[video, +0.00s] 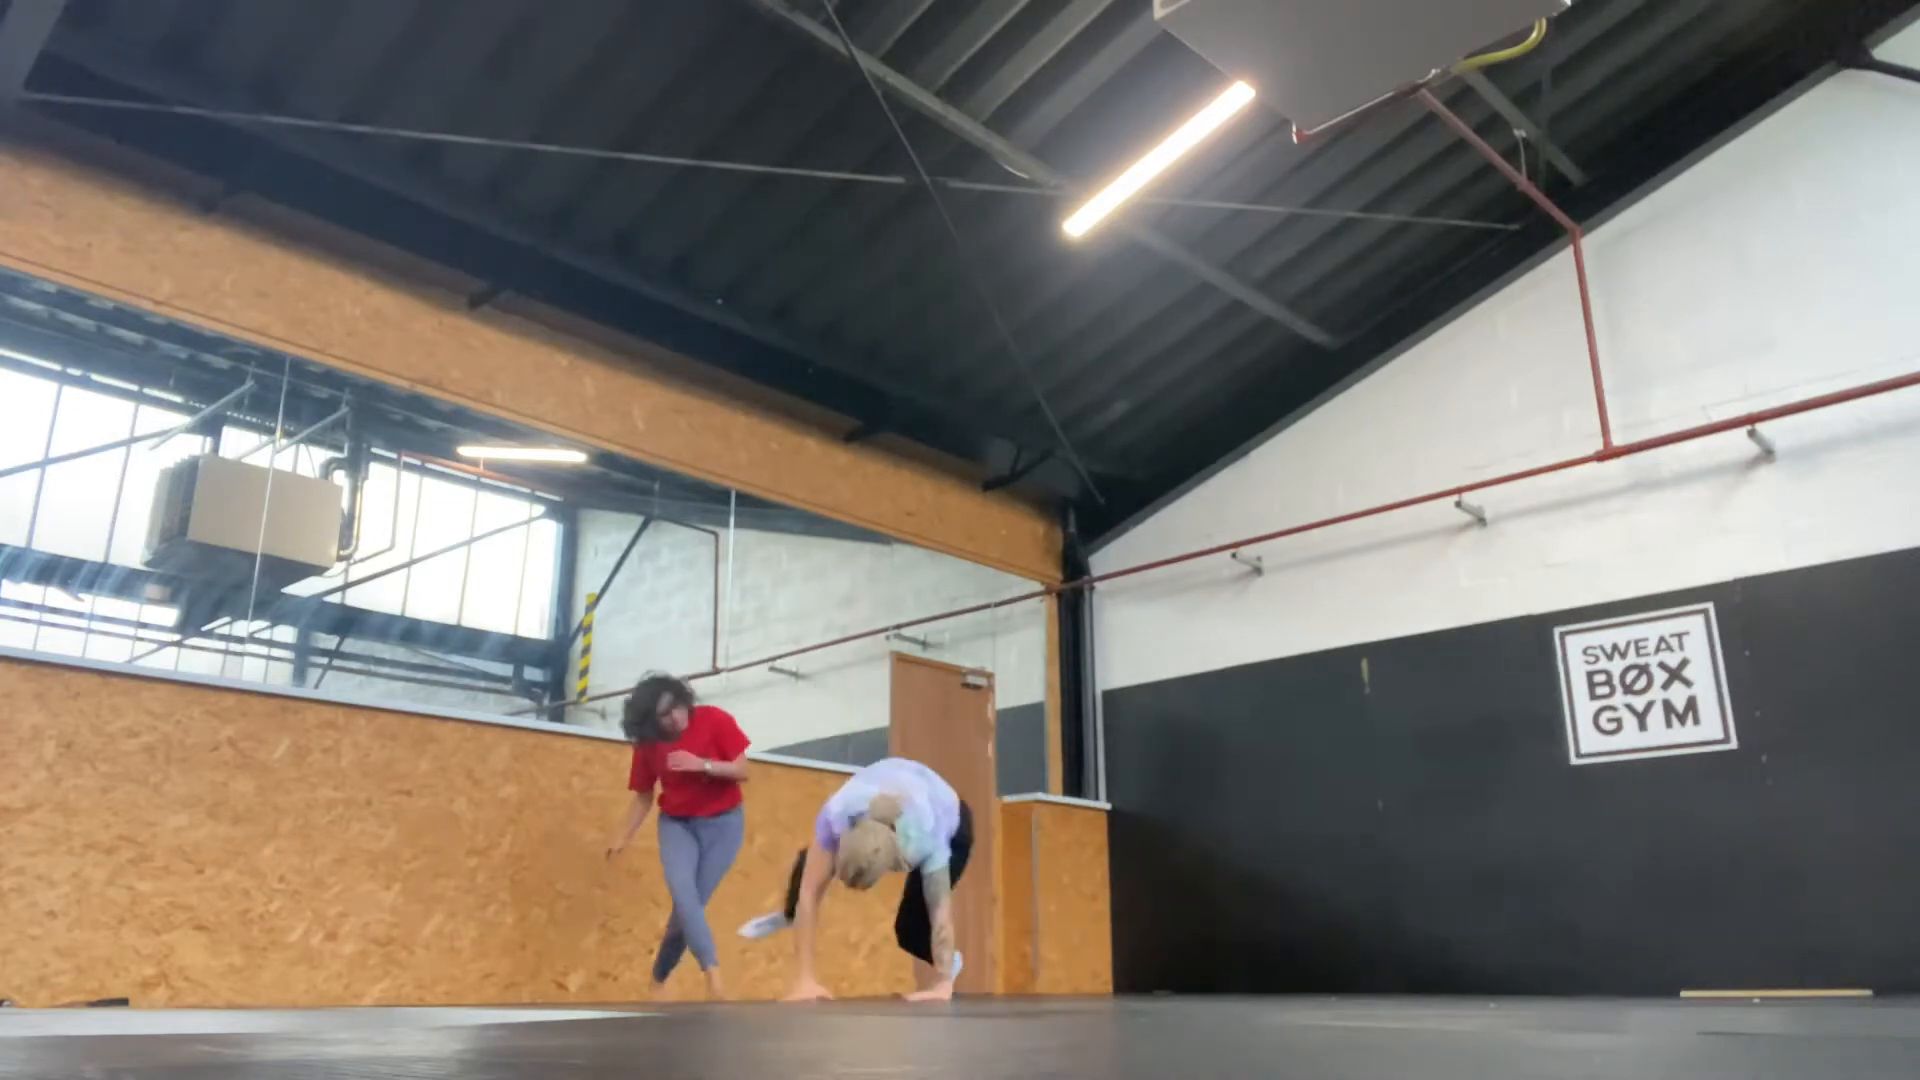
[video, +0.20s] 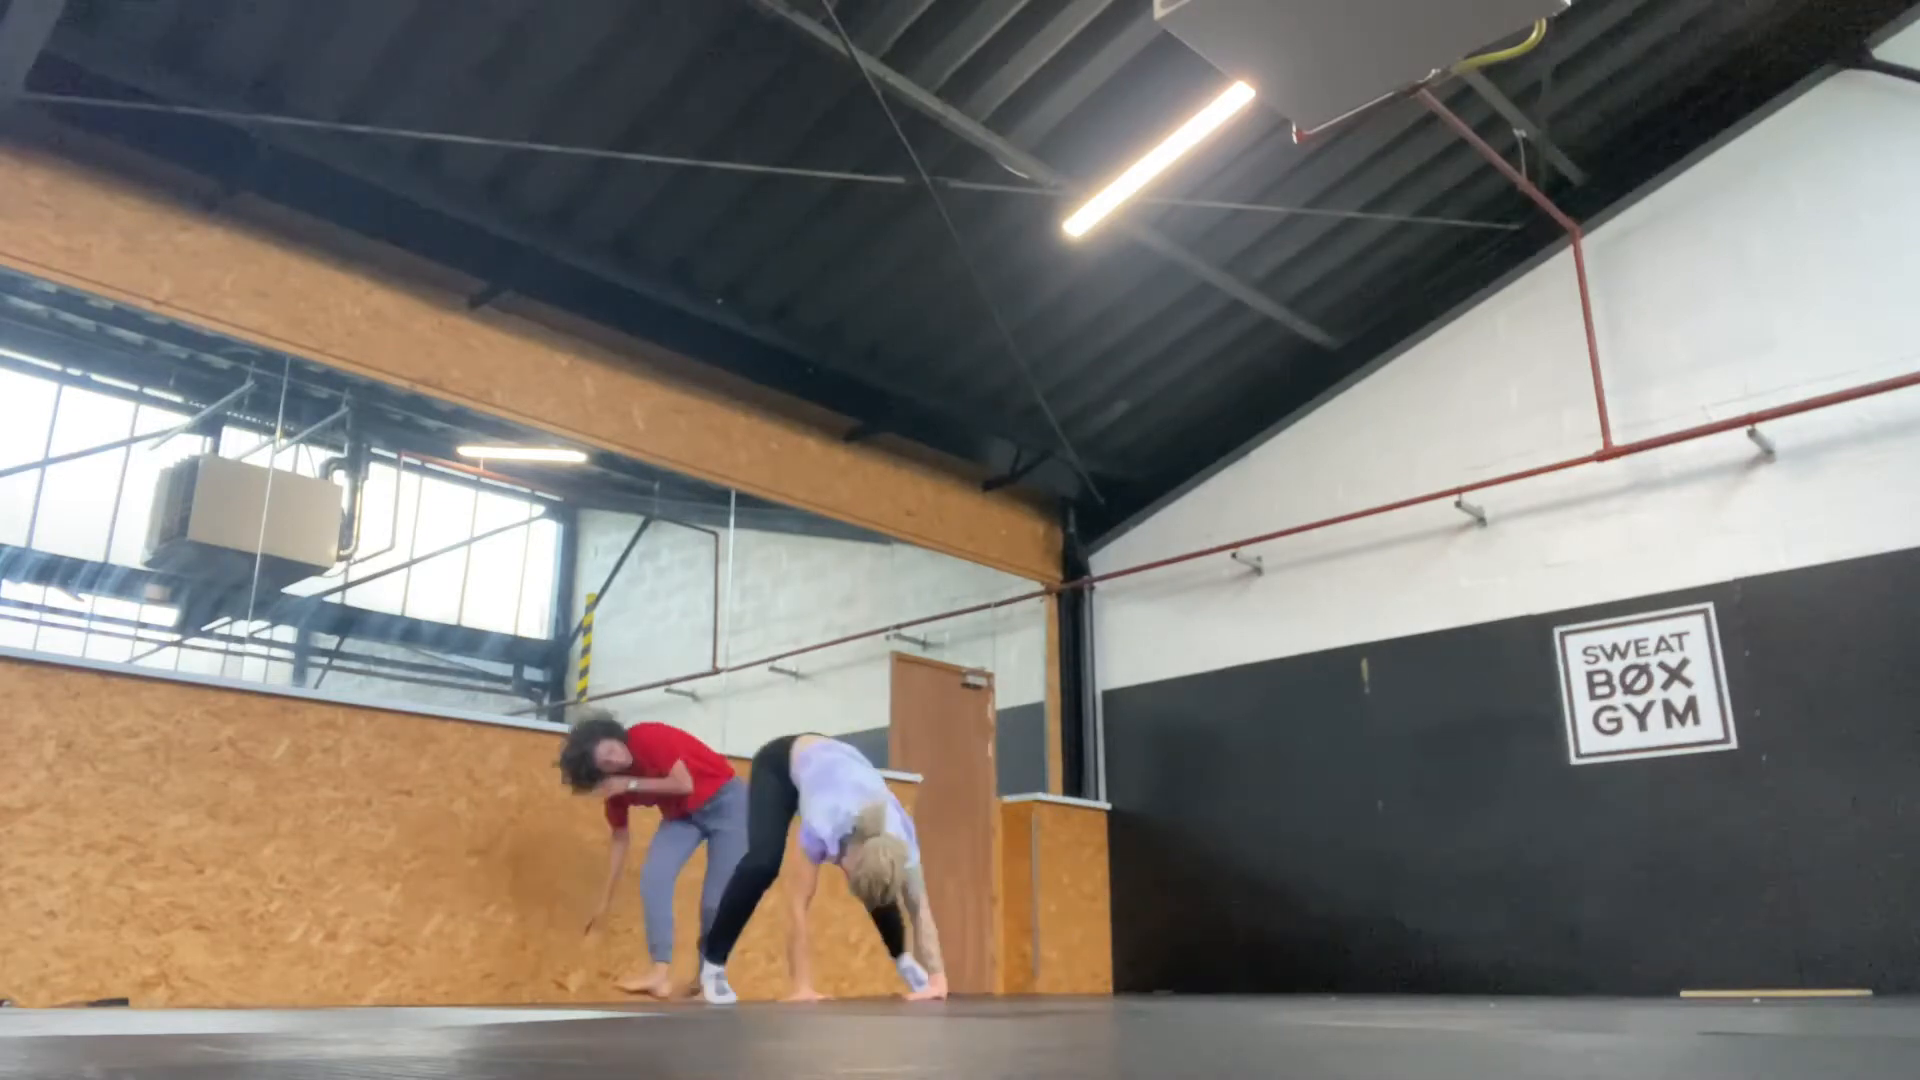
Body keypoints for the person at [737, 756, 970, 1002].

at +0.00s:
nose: (851, 887)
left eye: (862, 883)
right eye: (846, 879)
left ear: (888, 861)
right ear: (842, 846)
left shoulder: (926, 840)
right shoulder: (833, 818)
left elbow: (941, 913)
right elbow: (809, 895)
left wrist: (943, 981)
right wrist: (805, 978)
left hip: (947, 822)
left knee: (912, 929)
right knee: (809, 860)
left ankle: (946, 965)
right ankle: (789, 915)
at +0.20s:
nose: (850, 884)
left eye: (875, 899)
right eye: (853, 880)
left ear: (899, 868)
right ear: (850, 854)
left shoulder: (904, 836)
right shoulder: (820, 826)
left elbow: (920, 910)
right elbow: (798, 903)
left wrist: (940, 979)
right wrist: (801, 985)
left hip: (841, 754)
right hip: (784, 756)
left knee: (881, 884)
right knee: (762, 863)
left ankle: (902, 960)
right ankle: (713, 964)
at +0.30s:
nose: (856, 881)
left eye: (867, 883)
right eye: (857, 877)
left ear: (886, 845)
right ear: (848, 848)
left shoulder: (886, 819)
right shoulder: (811, 825)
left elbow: (901, 885)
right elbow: (792, 909)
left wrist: (913, 942)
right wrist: (801, 986)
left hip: (786, 757)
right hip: (736, 764)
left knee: (811, 878)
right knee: (755, 878)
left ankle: (838, 958)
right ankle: (711, 978)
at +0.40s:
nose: (858, 855)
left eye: (868, 853)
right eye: (859, 850)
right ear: (847, 831)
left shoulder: (861, 785)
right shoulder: (806, 808)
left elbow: (875, 842)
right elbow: (795, 899)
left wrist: (880, 890)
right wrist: (798, 983)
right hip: (701, 767)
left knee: (752, 876)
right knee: (738, 877)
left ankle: (758, 969)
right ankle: (709, 983)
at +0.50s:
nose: (852, 800)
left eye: (860, 799)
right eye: (859, 795)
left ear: (852, 763)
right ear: (854, 776)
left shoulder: (818, 754)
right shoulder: (806, 773)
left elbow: (806, 814)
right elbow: (780, 858)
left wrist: (825, 849)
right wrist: (778, 944)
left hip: (683, 758)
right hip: (681, 765)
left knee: (708, 868)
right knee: (733, 869)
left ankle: (678, 971)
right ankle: (703, 982)